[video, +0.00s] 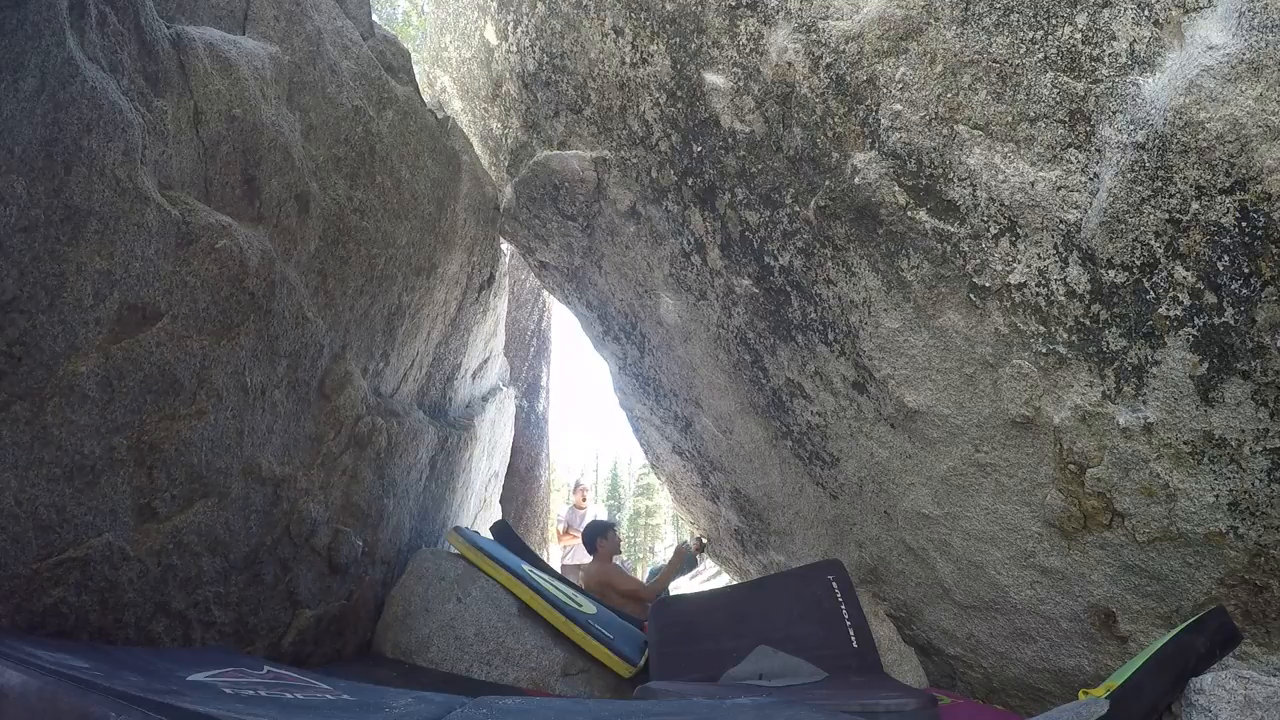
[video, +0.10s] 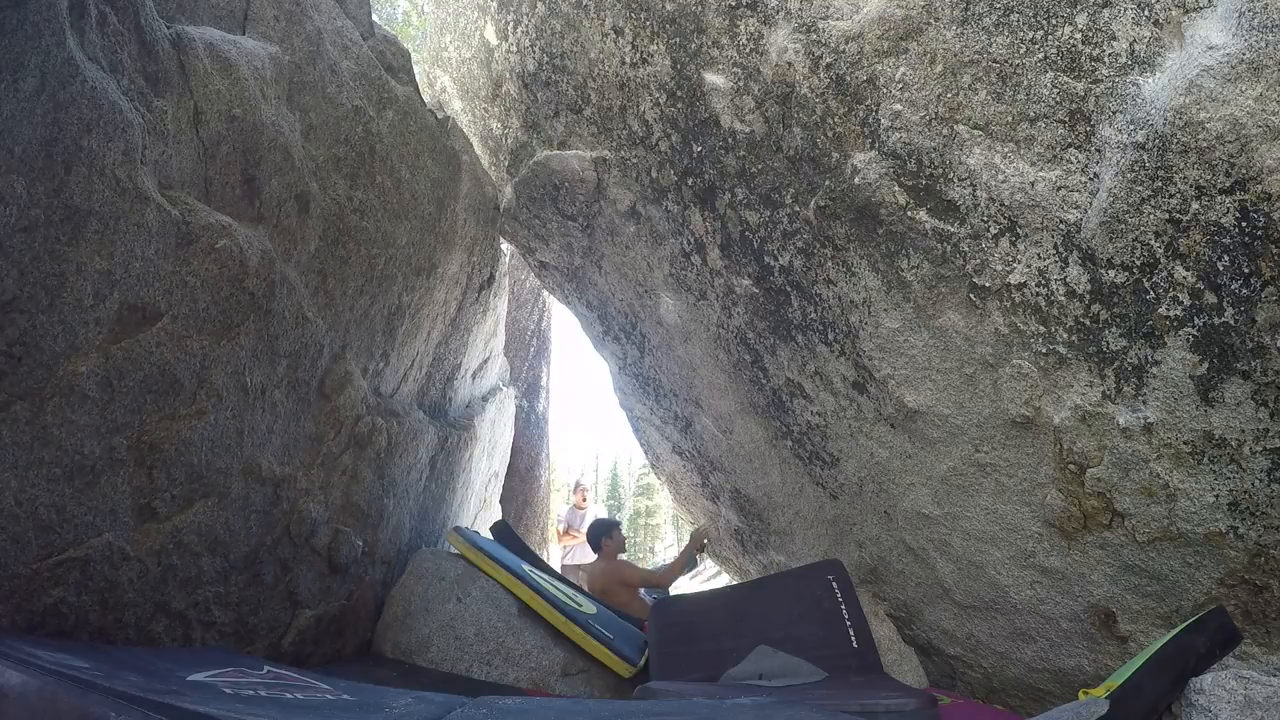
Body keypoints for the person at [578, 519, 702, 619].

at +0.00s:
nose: (620, 540)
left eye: (617, 535)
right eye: (615, 536)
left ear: (600, 544)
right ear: (601, 543)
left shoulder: (588, 570)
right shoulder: (608, 571)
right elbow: (650, 594)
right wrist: (676, 560)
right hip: (649, 623)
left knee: (655, 571)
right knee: (659, 571)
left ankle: (689, 559)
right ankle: (692, 557)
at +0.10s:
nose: (624, 537)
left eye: (621, 533)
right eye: (619, 534)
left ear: (605, 544)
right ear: (606, 542)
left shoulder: (593, 569)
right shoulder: (619, 569)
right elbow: (663, 581)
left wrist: (691, 551)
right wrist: (691, 546)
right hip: (652, 625)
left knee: (654, 573)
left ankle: (694, 557)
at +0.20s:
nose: (629, 535)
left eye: (626, 530)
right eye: (625, 531)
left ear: (611, 541)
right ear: (612, 540)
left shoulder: (597, 568)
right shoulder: (628, 565)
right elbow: (675, 569)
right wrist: (705, 537)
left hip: (628, 627)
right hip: (652, 626)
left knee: (655, 579)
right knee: (658, 581)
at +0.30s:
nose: (634, 531)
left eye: (631, 528)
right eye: (631, 529)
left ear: (608, 542)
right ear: (623, 537)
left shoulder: (603, 567)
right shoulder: (637, 562)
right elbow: (685, 565)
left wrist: (688, 556)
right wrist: (712, 533)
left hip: (626, 626)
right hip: (651, 627)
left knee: (658, 576)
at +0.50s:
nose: (645, 530)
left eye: (642, 527)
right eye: (643, 527)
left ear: (617, 537)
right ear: (640, 533)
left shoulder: (615, 561)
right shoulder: (651, 558)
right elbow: (697, 568)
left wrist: (689, 556)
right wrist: (717, 532)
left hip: (630, 622)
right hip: (653, 624)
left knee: (664, 577)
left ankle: (692, 552)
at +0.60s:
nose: (650, 525)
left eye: (647, 522)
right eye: (647, 523)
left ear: (622, 534)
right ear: (645, 529)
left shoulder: (621, 557)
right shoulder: (656, 557)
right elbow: (702, 569)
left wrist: (691, 555)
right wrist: (720, 532)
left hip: (630, 620)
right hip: (652, 624)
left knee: (668, 575)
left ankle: (692, 552)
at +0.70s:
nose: (652, 524)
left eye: (651, 521)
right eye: (651, 522)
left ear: (627, 533)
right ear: (649, 528)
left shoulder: (624, 556)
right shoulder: (660, 556)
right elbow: (704, 571)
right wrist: (721, 533)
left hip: (633, 620)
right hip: (655, 623)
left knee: (670, 574)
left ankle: (693, 551)